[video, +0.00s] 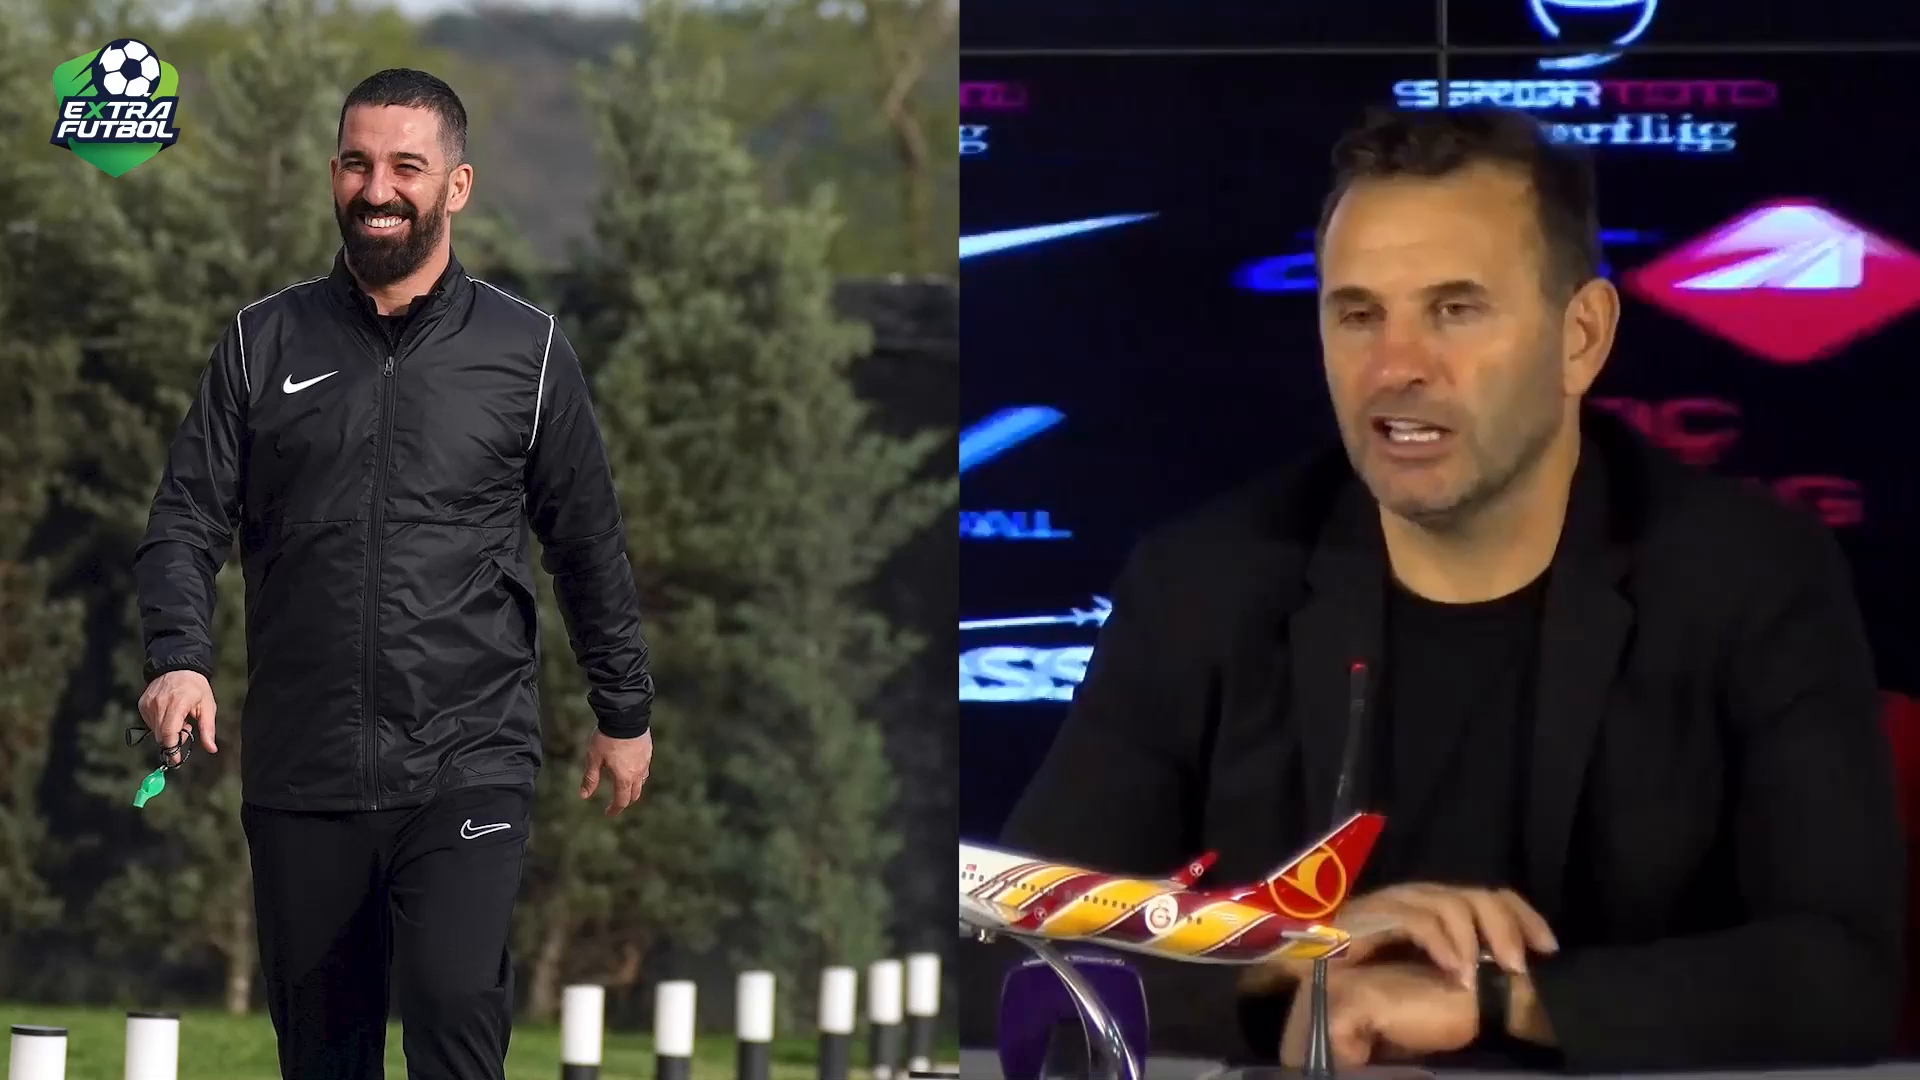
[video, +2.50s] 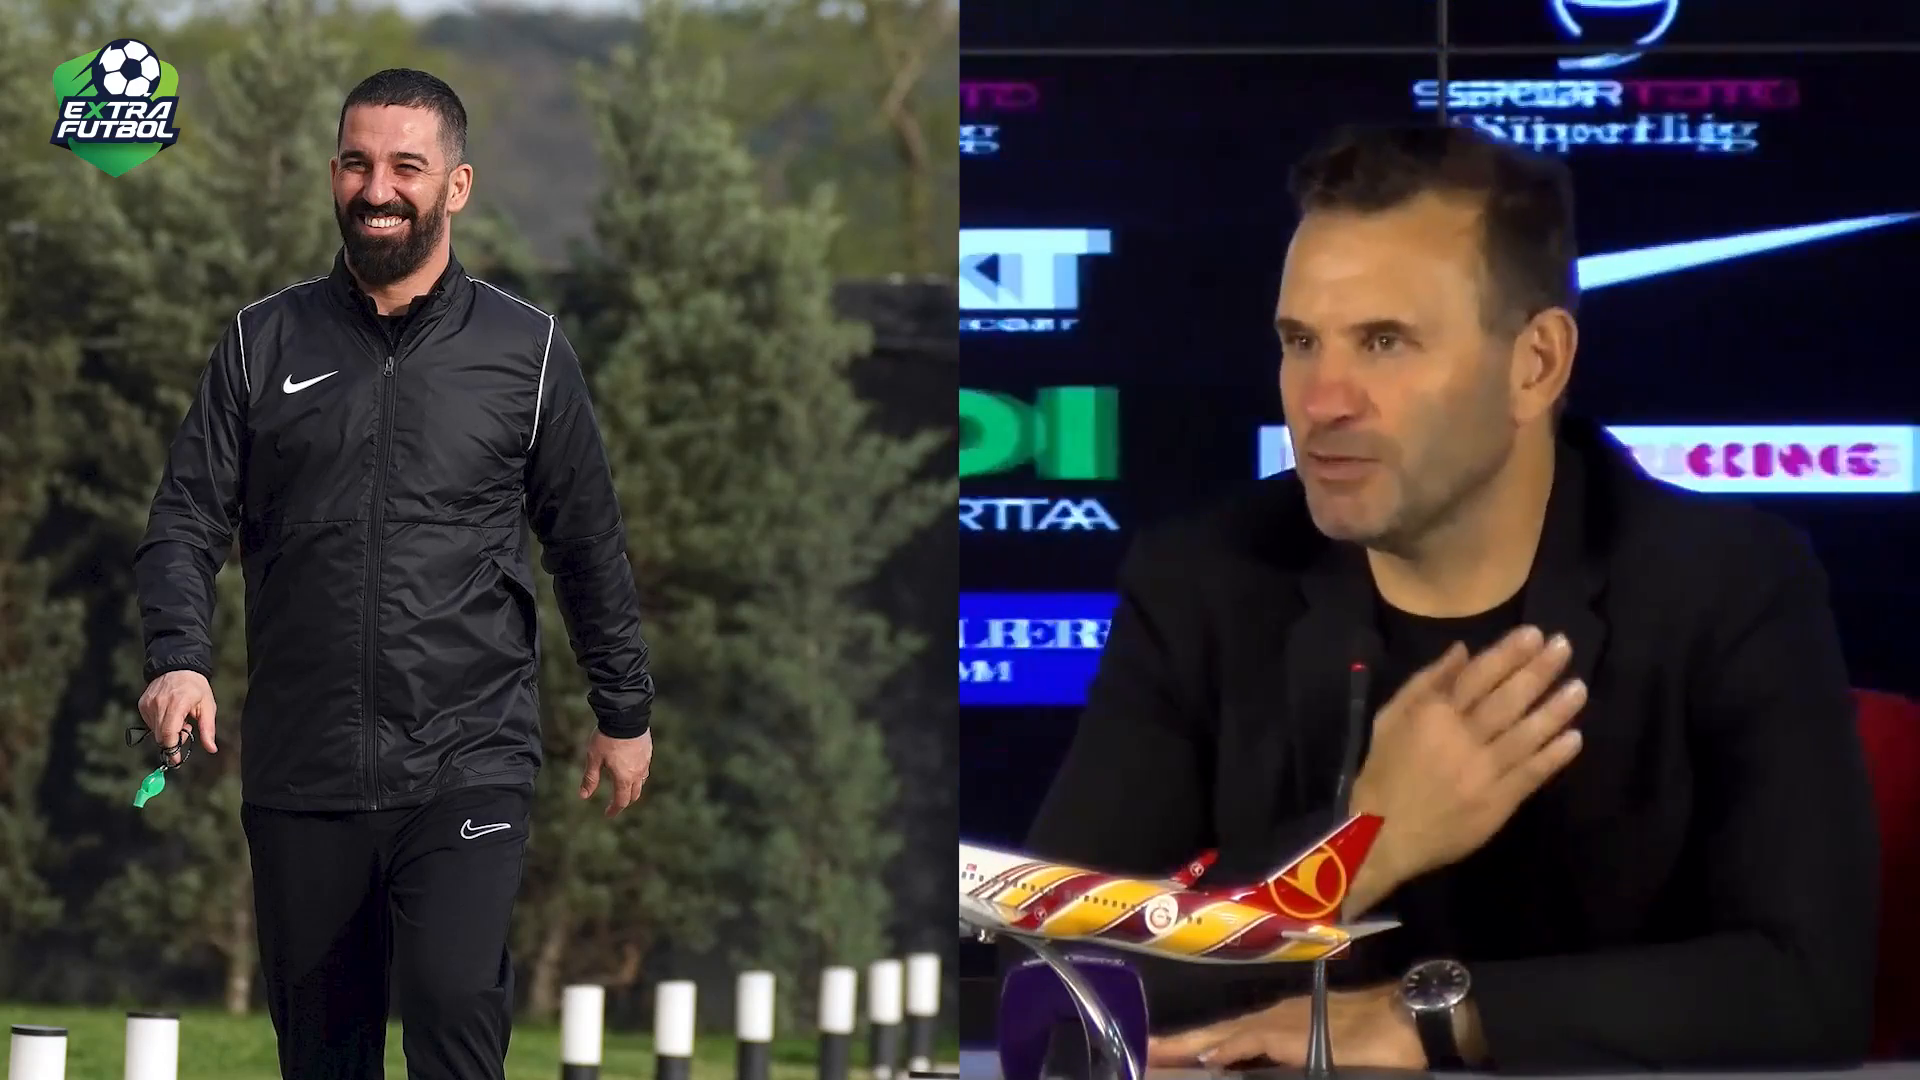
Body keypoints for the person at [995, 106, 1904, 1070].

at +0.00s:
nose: (1397, 369)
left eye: (1457, 309)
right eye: (1359, 315)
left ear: (1583, 336)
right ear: (1322, 331)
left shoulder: (1757, 581)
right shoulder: (1211, 581)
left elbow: (1844, 974)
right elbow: (1025, 936)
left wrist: (1504, 997)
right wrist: (1287, 956)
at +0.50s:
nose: (1368, 386)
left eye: (1427, 323)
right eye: (1334, 332)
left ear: (1565, 341)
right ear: (1304, 343)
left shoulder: (1745, 581)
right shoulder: (1213, 577)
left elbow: (1800, 985)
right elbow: (1040, 956)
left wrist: (1437, 1022)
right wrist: (1327, 955)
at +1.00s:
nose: (1346, 397)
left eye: (1407, 336)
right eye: (1316, 343)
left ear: (1549, 350)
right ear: (1290, 355)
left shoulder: (1739, 587)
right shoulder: (1206, 587)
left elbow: (1803, 992)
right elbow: (1036, 985)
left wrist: (1430, 1020)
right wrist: (1333, 892)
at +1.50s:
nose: (1318, 376)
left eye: (1384, 317)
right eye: (1294, 319)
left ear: (1528, 343)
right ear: (1269, 331)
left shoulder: (1718, 578)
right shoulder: (1188, 584)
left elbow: (1795, 976)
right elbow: (1028, 940)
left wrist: (1435, 1012)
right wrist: (1330, 906)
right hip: (1250, 1075)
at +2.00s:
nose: (1335, 394)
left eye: (1399, 338)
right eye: (1310, 336)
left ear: (1545, 362)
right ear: (1285, 345)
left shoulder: (1723, 591)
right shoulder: (1199, 583)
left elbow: (1813, 992)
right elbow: (1043, 966)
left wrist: (1430, 1021)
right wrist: (1358, 887)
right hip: (1260, 1078)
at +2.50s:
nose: (1321, 399)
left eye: (1384, 343)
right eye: (1301, 342)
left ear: (1537, 363)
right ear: (1277, 348)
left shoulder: (1733, 590)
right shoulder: (1200, 585)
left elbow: (1810, 992)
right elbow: (1048, 973)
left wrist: (1434, 1017)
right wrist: (1361, 844)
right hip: (1257, 1079)